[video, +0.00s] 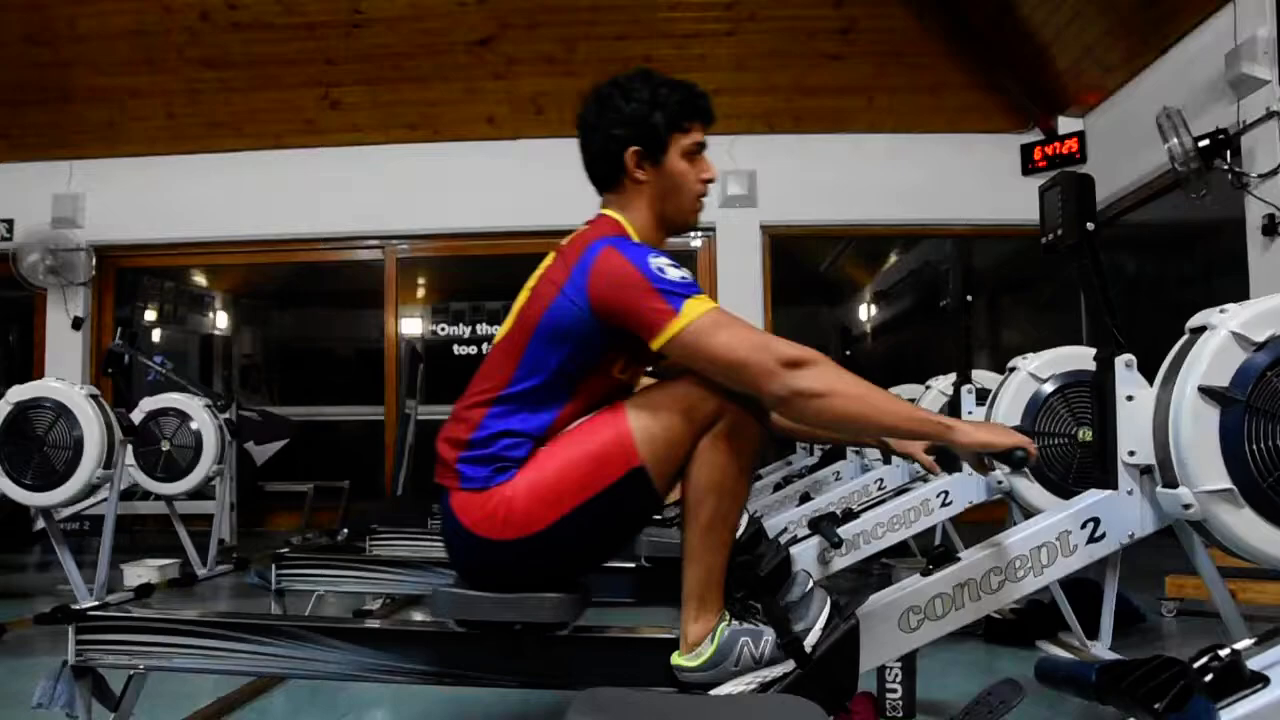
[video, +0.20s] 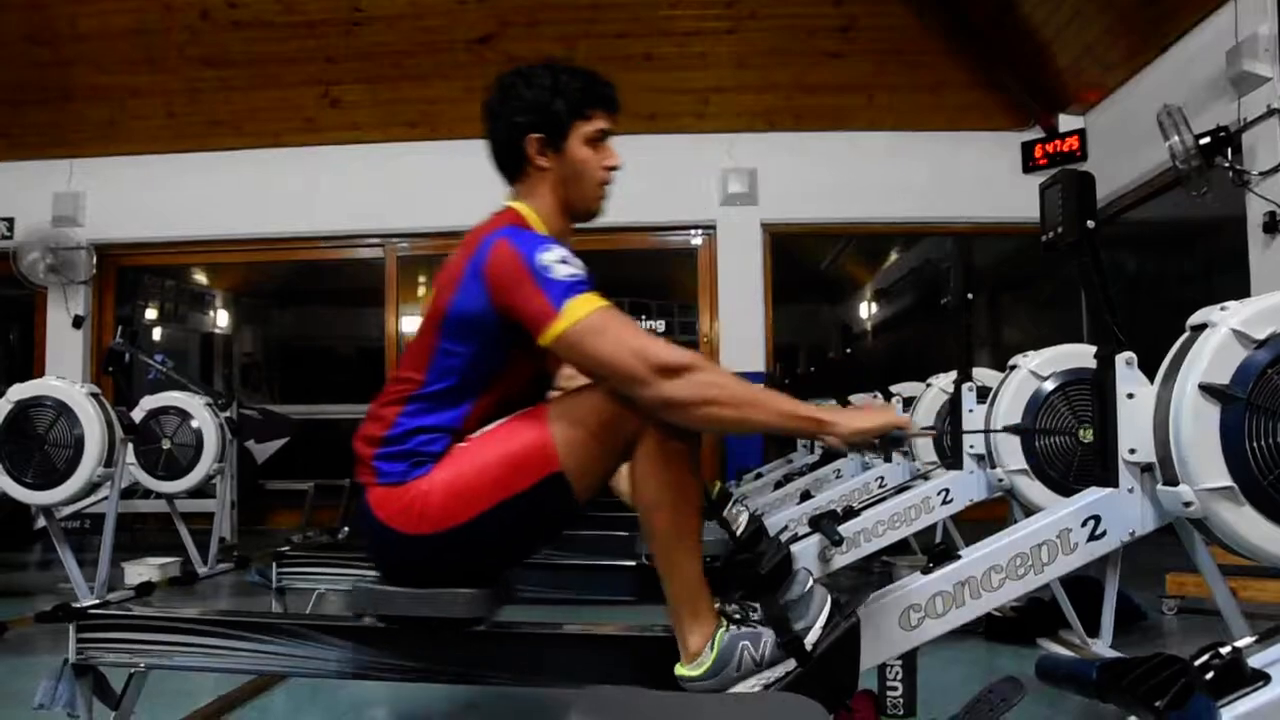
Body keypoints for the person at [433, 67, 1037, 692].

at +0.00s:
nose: (710, 172)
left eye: (707, 154)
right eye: (694, 155)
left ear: (641, 167)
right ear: (638, 164)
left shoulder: (626, 257)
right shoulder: (614, 262)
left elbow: (763, 387)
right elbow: (786, 371)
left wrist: (887, 434)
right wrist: (948, 427)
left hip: (515, 502)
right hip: (498, 516)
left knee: (721, 387)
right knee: (725, 395)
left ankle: (703, 613)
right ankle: (702, 642)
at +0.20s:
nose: (615, 160)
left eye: (611, 141)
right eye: (597, 141)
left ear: (550, 156)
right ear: (541, 152)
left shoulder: (529, 246)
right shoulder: (516, 250)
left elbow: (656, 363)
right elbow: (662, 383)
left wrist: (813, 416)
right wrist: (827, 423)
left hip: (438, 497)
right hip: (413, 511)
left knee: (660, 379)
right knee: (649, 401)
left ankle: (702, 597)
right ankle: (699, 644)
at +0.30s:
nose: (533, 154)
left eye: (531, 137)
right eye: (515, 136)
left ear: (468, 151)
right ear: (457, 145)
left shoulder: (449, 245)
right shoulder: (436, 248)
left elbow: (566, 366)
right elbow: (579, 374)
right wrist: (744, 414)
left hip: (372, 493)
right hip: (346, 506)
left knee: (582, 402)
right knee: (587, 421)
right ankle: (699, 649)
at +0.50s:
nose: (359, 136)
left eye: (356, 119)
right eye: (336, 119)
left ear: (310, 135)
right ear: (276, 133)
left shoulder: (327, 255)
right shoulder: (258, 237)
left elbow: (407, 357)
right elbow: (381, 364)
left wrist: (542, 390)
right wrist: (551, 388)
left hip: (273, 477)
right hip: (223, 489)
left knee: (509, 488)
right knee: (488, 495)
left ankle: (705, 630)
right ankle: (701, 655)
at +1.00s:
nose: (114, 175)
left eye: (114, 160)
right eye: (92, 161)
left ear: (101, 177)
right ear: (33, 181)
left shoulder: (117, 283)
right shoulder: (24, 286)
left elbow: (165, 404)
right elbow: (7, 451)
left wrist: (219, 381)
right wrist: (106, 411)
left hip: (231, 465)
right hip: (180, 490)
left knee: (456, 532)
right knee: (433, 543)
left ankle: (702, 621)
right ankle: (698, 639)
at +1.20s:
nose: (135, 176)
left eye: (135, 161)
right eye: (113, 161)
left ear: (111, 176)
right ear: (52, 176)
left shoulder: (126, 284)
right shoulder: (42, 279)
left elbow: (170, 415)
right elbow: (16, 442)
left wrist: (259, 426)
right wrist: (164, 456)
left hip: (222, 475)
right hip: (182, 494)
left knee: (459, 532)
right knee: (437, 542)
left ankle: (701, 622)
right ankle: (697, 640)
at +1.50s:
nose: (197, 160)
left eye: (197, 143)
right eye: (177, 143)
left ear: (172, 156)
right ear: (115, 154)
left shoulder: (184, 272)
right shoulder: (87, 264)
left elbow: (252, 400)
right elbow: (138, 419)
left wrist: (337, 460)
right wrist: (287, 482)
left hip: (260, 487)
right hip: (191, 502)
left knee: (462, 526)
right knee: (438, 535)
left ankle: (700, 627)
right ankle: (701, 640)